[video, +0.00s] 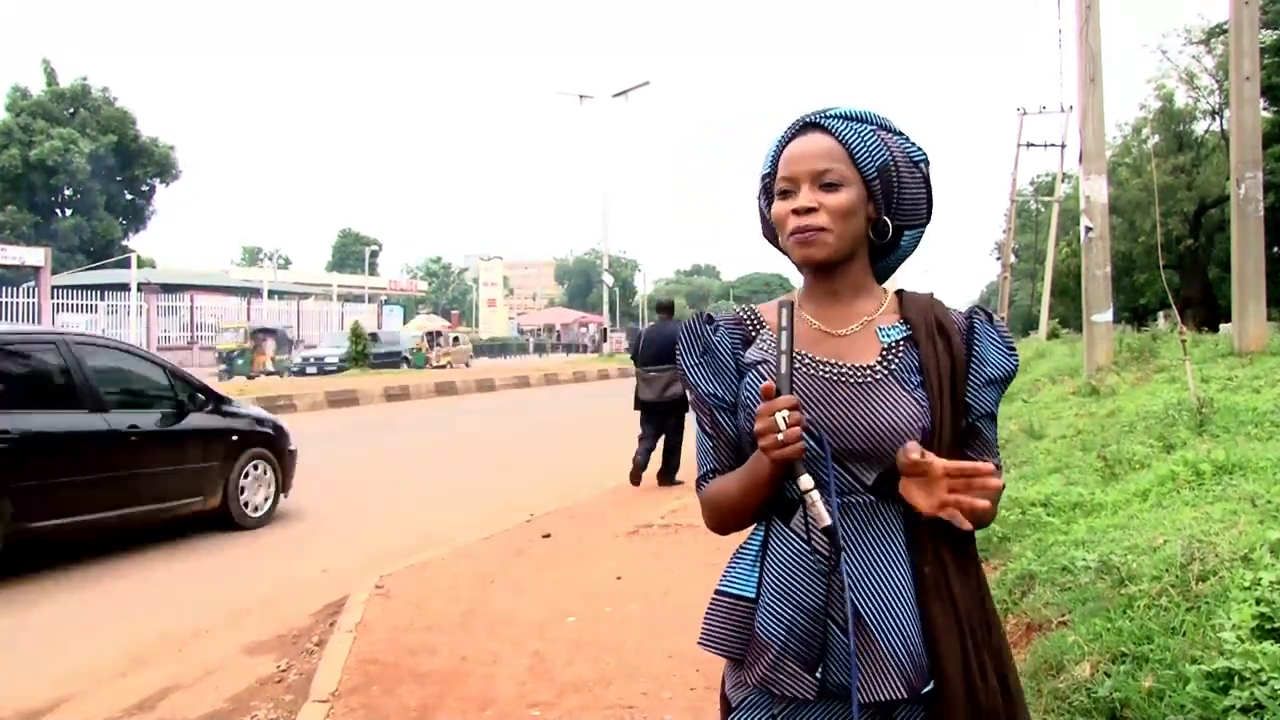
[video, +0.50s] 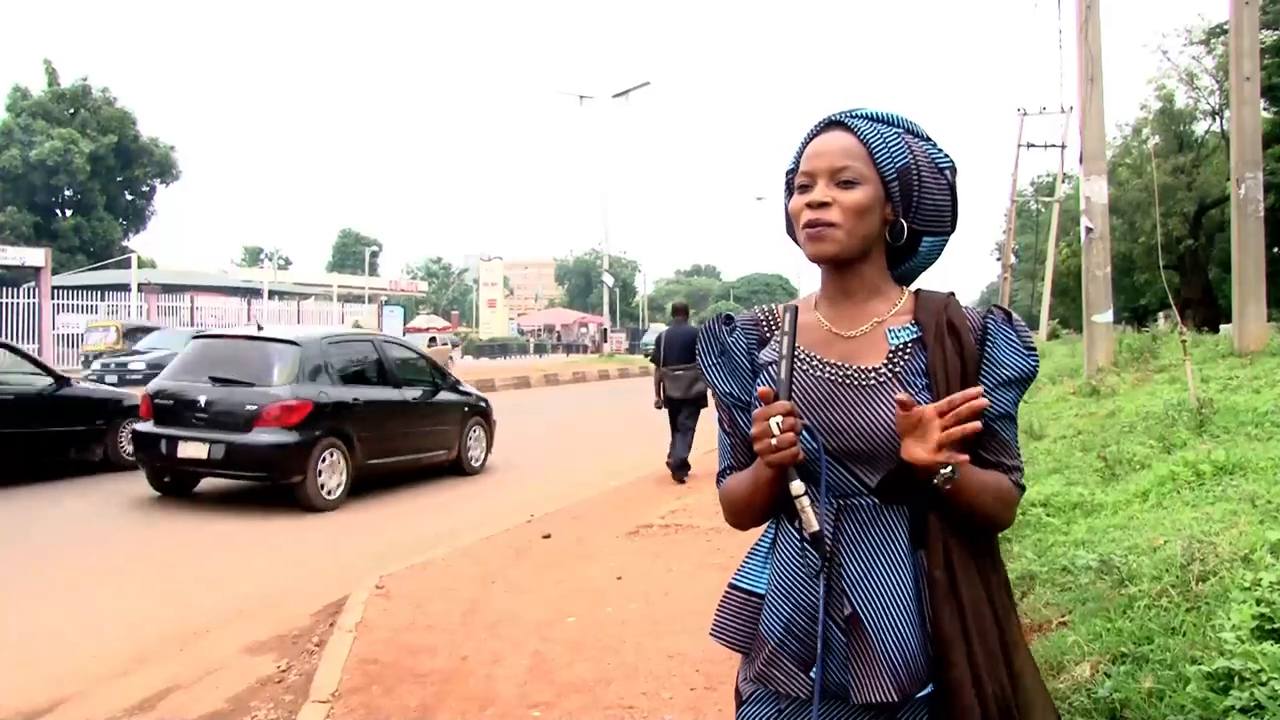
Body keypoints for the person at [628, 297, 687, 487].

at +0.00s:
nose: (666, 315)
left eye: (663, 311)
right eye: (669, 311)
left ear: (657, 312)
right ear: (673, 312)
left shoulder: (645, 333)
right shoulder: (681, 331)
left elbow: (635, 357)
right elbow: (689, 359)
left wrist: (645, 376)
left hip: (649, 389)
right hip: (675, 387)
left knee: (649, 429)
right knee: (674, 434)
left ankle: (640, 459)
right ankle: (667, 475)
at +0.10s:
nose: (669, 314)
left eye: (666, 311)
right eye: (672, 310)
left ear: (660, 311)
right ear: (677, 311)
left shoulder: (650, 332)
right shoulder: (685, 332)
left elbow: (641, 356)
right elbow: (692, 359)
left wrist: (647, 380)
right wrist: (693, 382)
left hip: (654, 388)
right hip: (679, 387)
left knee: (654, 427)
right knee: (675, 432)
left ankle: (649, 459)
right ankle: (668, 474)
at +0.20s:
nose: (672, 314)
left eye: (669, 311)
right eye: (675, 310)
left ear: (664, 312)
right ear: (680, 311)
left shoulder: (655, 333)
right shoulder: (688, 332)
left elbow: (647, 365)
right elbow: (696, 361)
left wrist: (646, 393)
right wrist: (700, 385)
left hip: (660, 387)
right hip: (684, 386)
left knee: (662, 426)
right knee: (678, 428)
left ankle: (663, 467)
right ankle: (668, 473)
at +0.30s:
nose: (677, 316)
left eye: (673, 313)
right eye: (679, 312)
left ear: (668, 314)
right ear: (683, 314)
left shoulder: (658, 334)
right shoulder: (692, 333)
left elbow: (651, 365)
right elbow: (700, 361)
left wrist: (648, 392)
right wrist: (703, 384)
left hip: (663, 387)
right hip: (686, 386)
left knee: (669, 429)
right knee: (679, 430)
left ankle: (677, 466)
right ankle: (666, 474)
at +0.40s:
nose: (678, 318)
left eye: (674, 315)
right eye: (681, 314)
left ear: (669, 316)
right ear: (685, 315)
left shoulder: (661, 336)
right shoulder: (694, 334)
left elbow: (654, 367)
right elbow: (703, 361)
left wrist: (652, 393)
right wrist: (706, 383)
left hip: (667, 385)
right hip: (690, 384)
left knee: (669, 427)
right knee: (682, 427)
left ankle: (681, 464)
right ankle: (670, 469)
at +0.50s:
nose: (682, 318)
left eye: (678, 315)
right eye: (684, 314)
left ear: (672, 316)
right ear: (688, 315)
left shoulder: (663, 337)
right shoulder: (697, 334)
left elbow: (658, 368)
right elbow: (705, 361)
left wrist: (657, 395)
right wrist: (710, 384)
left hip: (671, 385)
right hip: (693, 383)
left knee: (676, 425)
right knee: (687, 426)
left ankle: (676, 458)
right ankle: (678, 463)